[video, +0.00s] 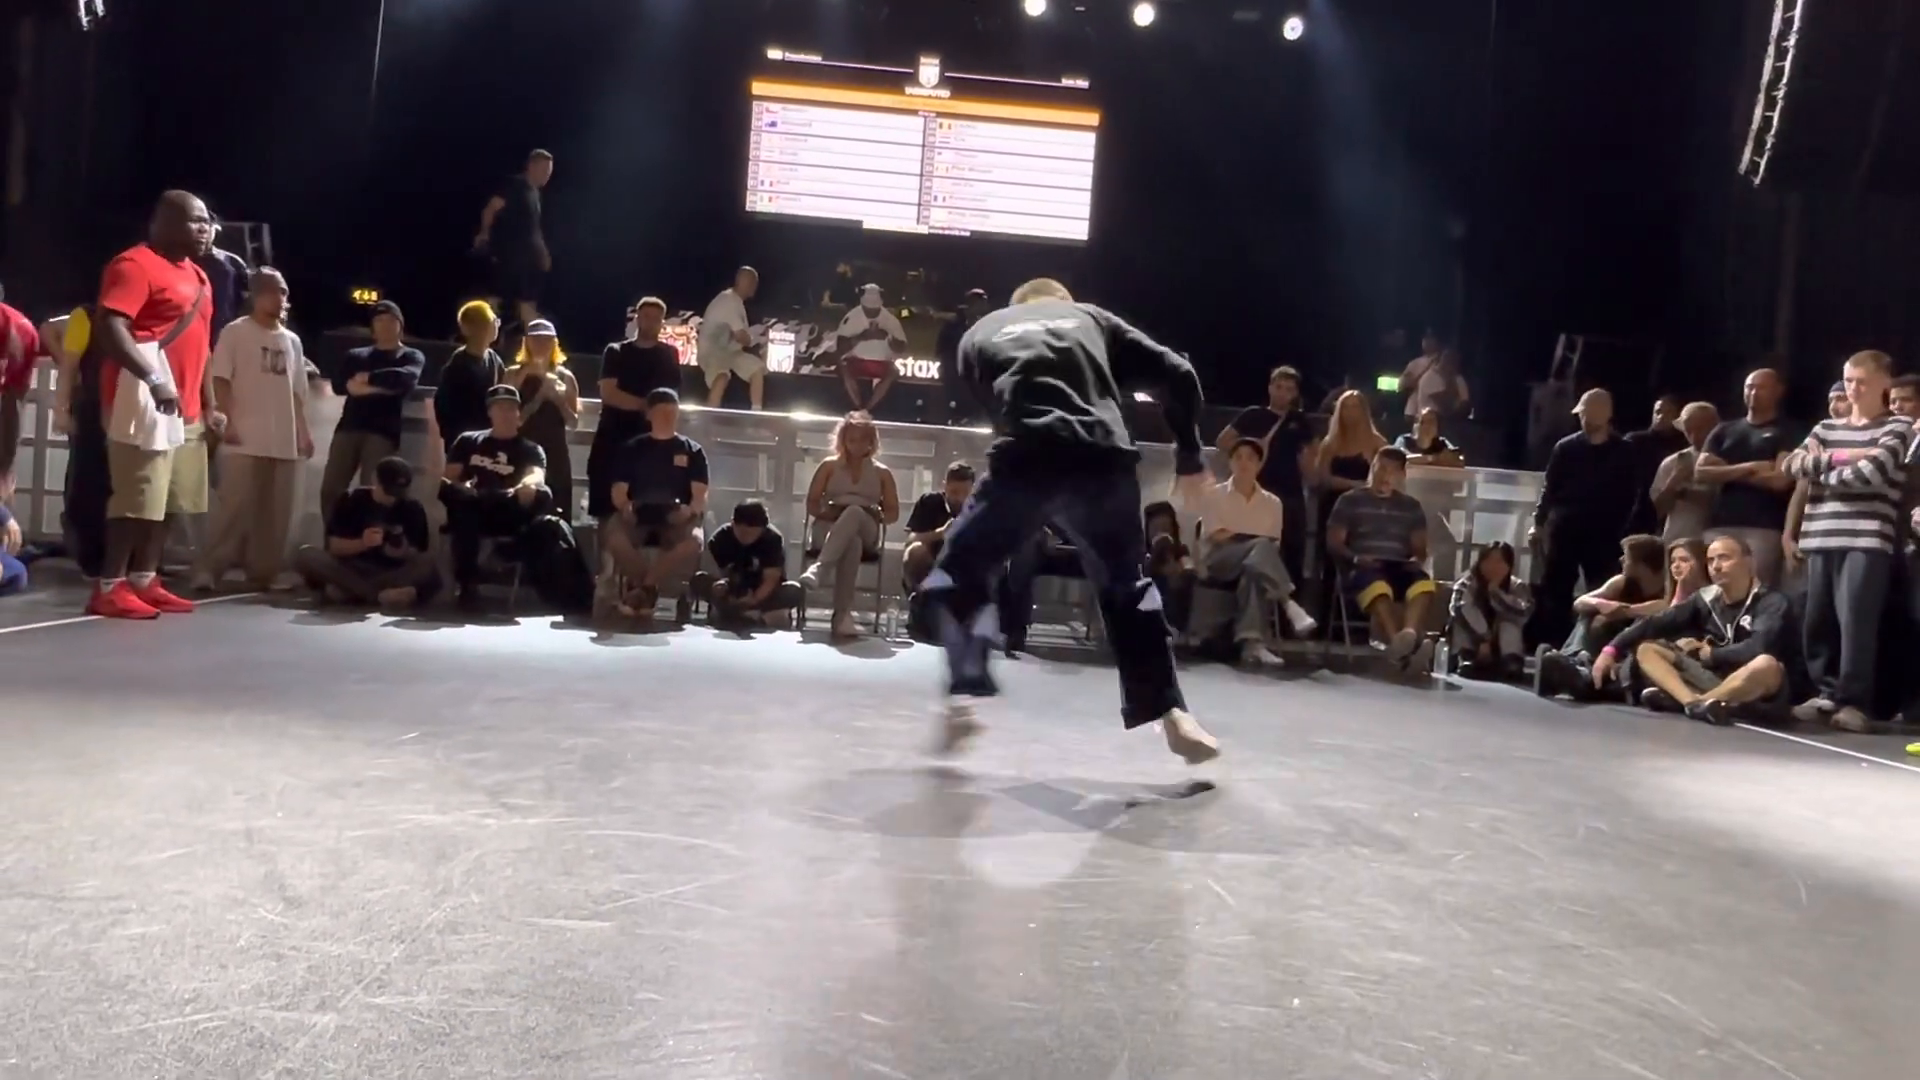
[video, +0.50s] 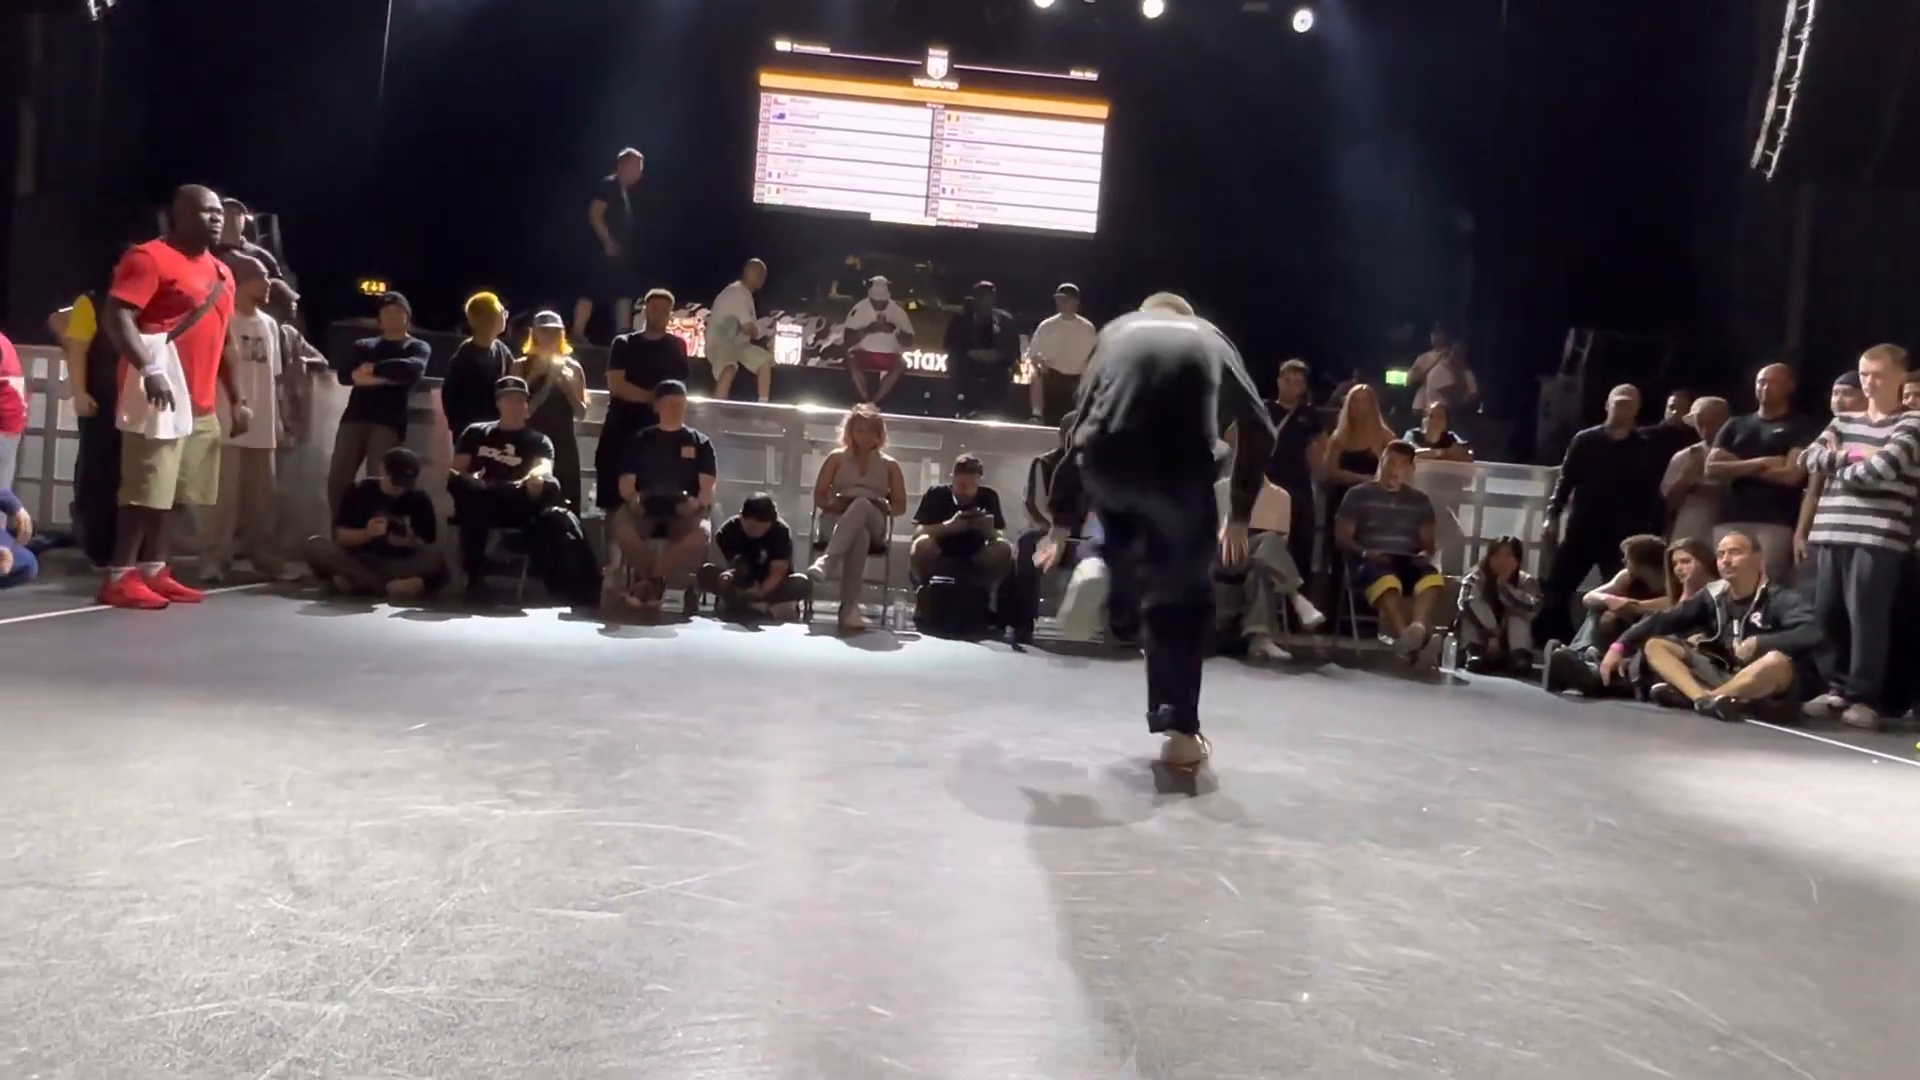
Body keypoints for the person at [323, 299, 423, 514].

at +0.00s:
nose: (385, 325)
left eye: (390, 320)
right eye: (380, 321)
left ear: (400, 326)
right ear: (373, 327)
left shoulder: (412, 356)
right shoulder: (356, 355)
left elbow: (405, 381)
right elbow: (339, 386)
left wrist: (367, 378)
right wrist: (380, 388)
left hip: (382, 434)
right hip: (349, 430)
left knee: (373, 495)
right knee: (331, 490)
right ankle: (332, 543)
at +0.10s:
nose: (386, 323)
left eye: (391, 318)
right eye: (382, 319)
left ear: (401, 325)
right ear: (374, 325)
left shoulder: (414, 354)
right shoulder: (358, 352)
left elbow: (406, 380)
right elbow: (340, 384)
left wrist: (368, 375)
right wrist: (384, 385)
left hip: (384, 431)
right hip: (350, 428)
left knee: (375, 493)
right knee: (332, 487)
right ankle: (334, 544)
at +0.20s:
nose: (387, 321)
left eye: (392, 316)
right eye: (382, 316)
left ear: (403, 322)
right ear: (376, 323)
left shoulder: (415, 351)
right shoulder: (359, 350)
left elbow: (408, 377)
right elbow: (342, 381)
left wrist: (370, 373)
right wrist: (387, 383)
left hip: (385, 428)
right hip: (351, 425)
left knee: (376, 487)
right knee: (335, 483)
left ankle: (372, 540)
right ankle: (337, 539)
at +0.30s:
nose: (388, 318)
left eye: (393, 313)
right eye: (383, 314)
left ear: (404, 319)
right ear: (377, 321)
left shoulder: (415, 349)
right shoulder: (360, 348)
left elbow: (408, 375)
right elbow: (342, 379)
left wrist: (370, 371)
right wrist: (384, 380)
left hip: (385, 426)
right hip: (352, 423)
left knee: (376, 485)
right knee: (335, 481)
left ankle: (373, 538)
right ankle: (337, 538)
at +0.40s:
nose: (389, 317)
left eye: (395, 312)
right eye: (384, 312)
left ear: (405, 318)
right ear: (378, 320)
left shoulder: (417, 348)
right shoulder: (361, 347)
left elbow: (409, 374)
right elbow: (343, 377)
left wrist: (371, 370)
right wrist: (386, 379)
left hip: (386, 424)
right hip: (353, 421)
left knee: (377, 484)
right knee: (336, 480)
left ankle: (374, 538)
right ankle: (338, 538)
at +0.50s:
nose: (390, 316)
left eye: (395, 311)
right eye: (386, 311)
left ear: (407, 317)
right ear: (379, 319)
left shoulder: (419, 347)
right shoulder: (364, 345)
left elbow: (411, 372)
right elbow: (345, 376)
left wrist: (372, 370)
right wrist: (389, 376)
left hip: (388, 421)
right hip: (355, 418)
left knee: (380, 482)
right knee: (338, 479)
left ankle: (376, 534)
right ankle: (340, 534)